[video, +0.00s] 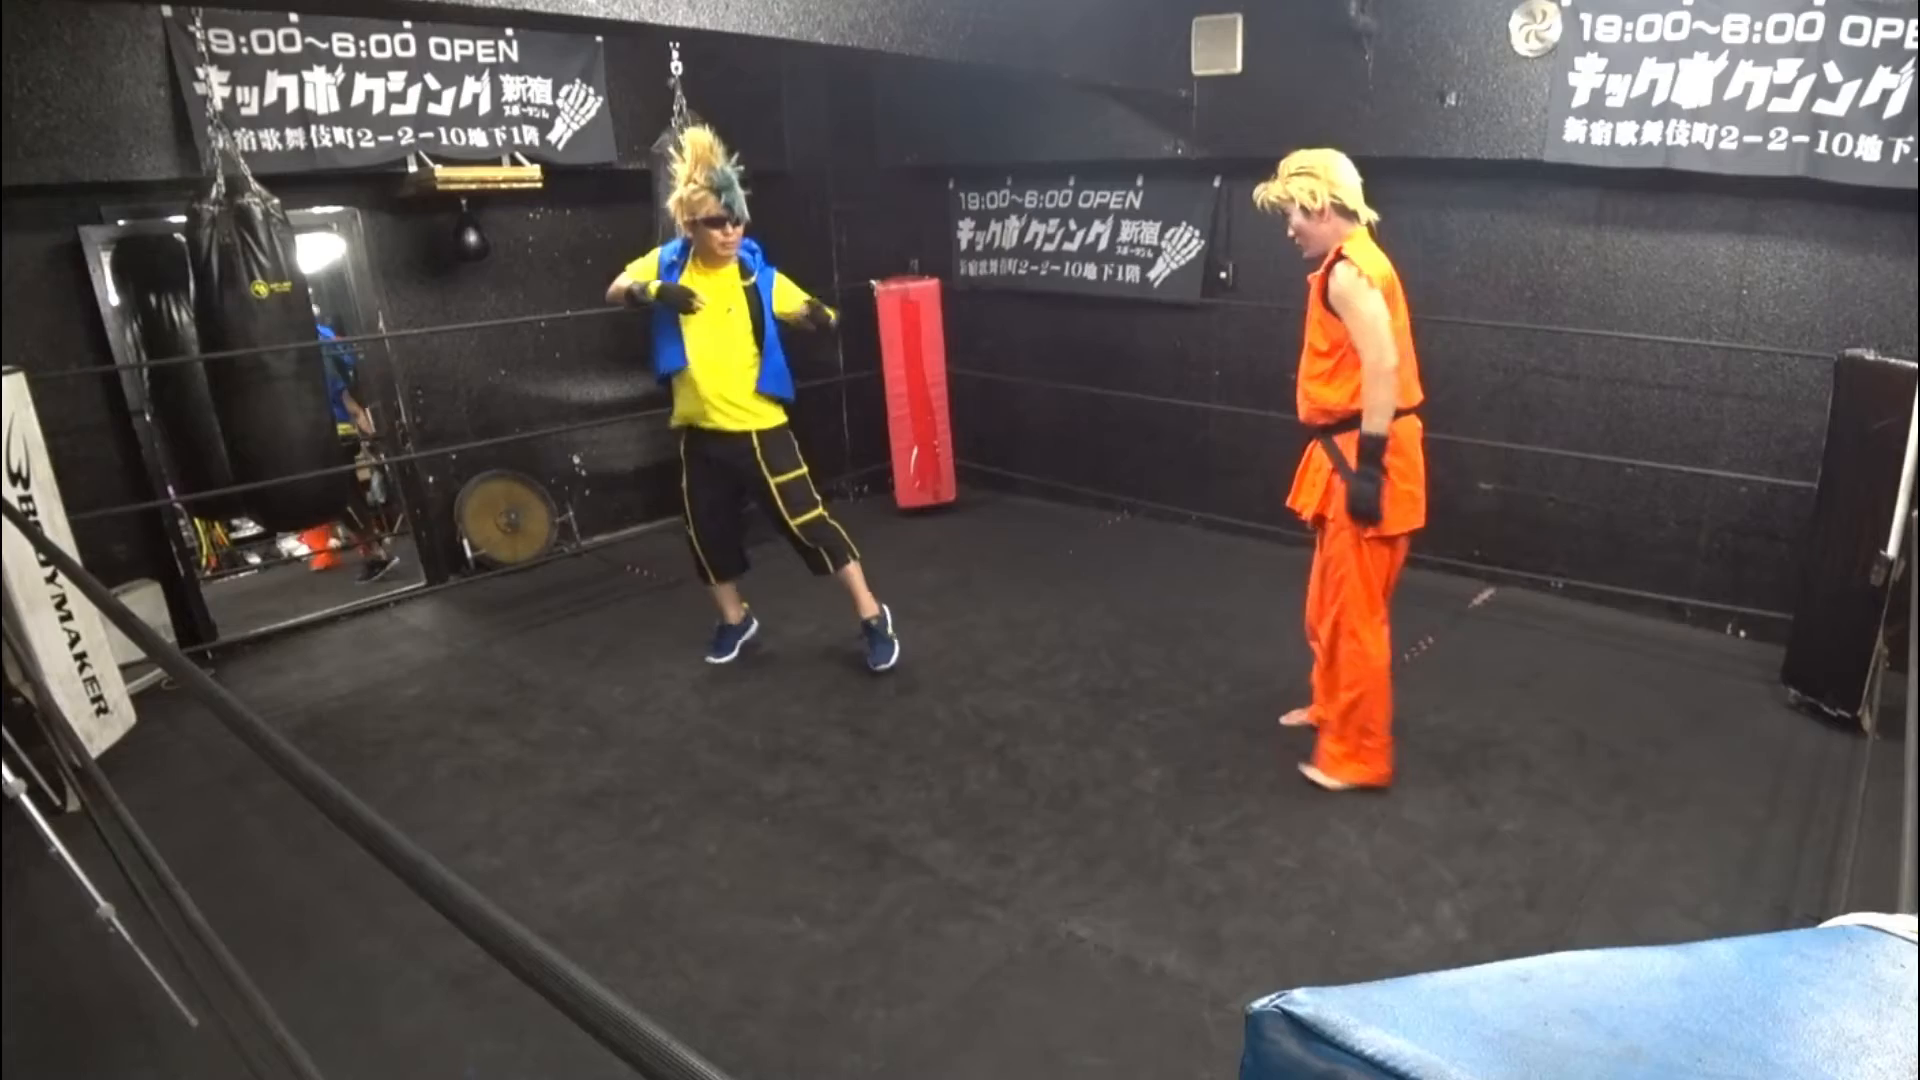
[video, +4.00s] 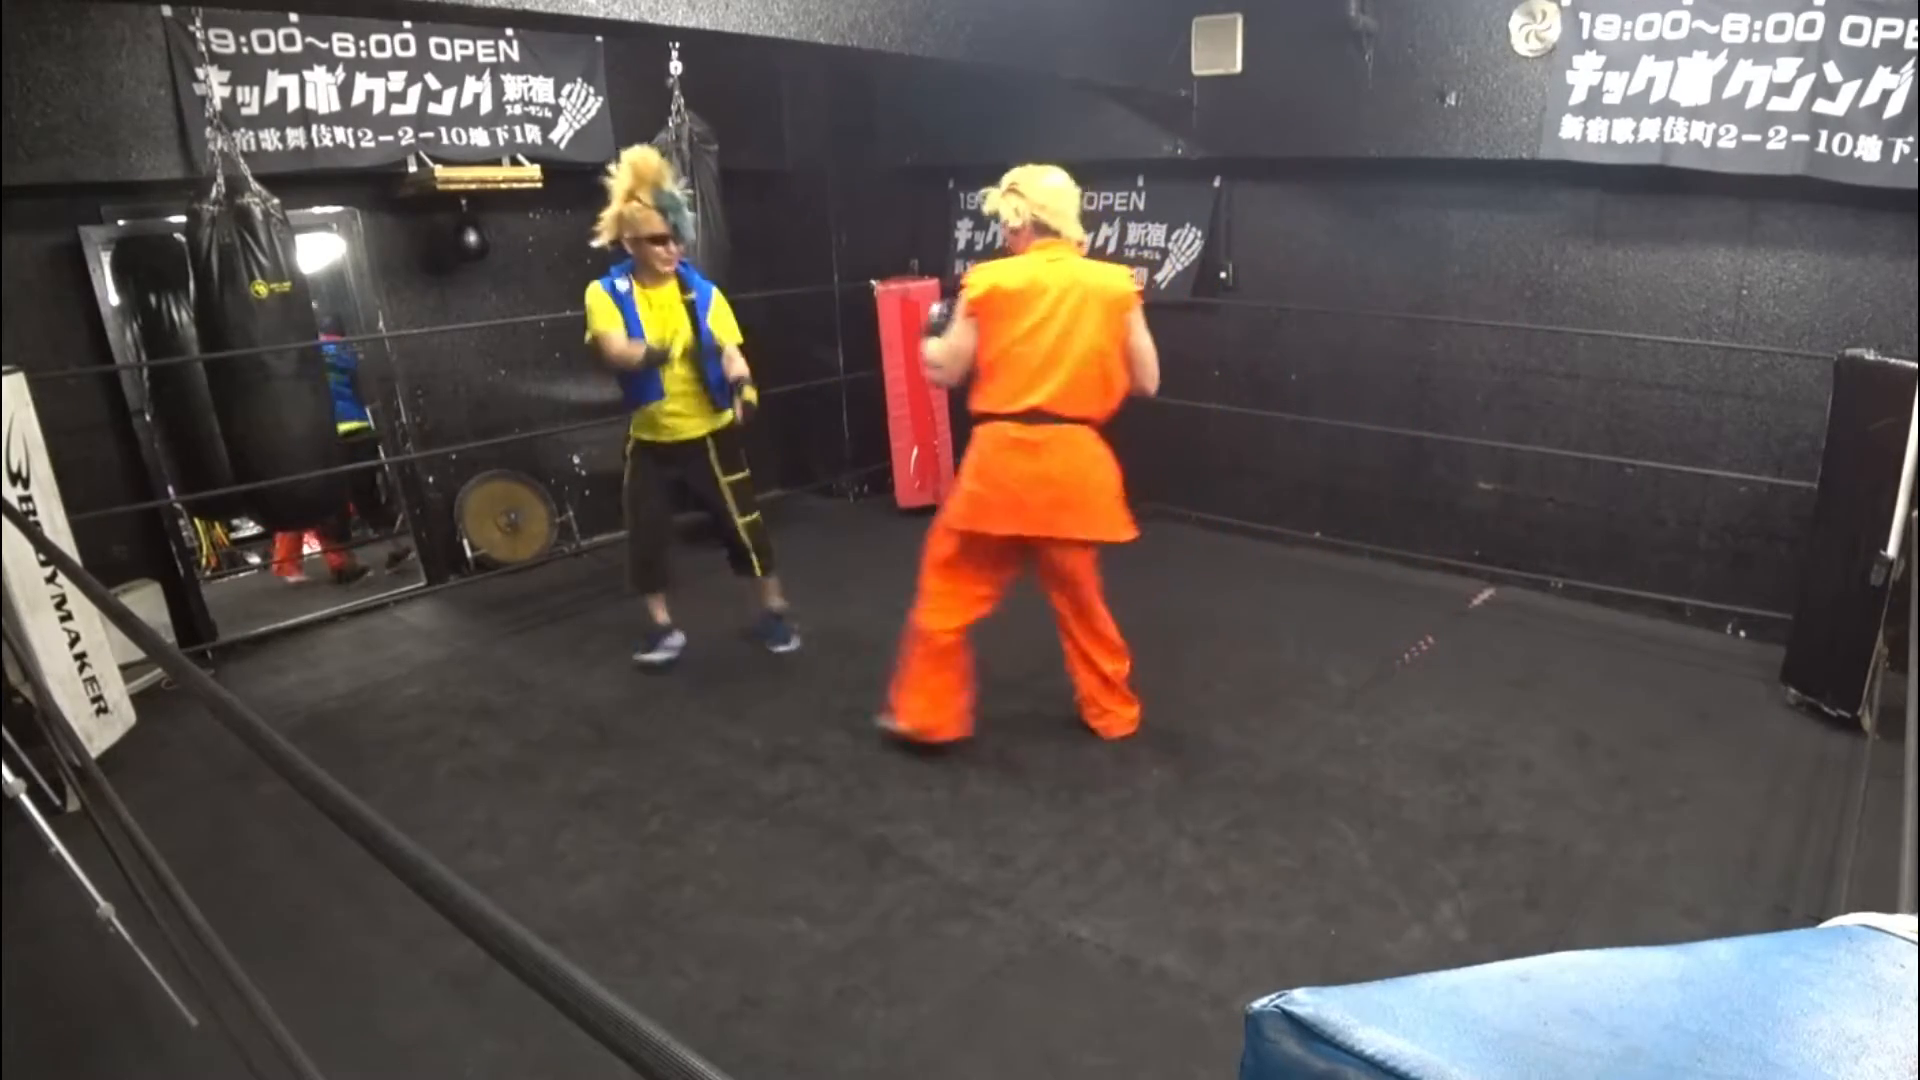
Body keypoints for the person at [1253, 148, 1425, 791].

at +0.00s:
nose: (1290, 232)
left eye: (1296, 218)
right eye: (1288, 220)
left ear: (1330, 212)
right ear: (1329, 212)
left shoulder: (1349, 273)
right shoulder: (1357, 263)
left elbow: (1380, 367)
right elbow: (1377, 364)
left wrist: (1369, 466)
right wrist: (1348, 457)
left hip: (1363, 458)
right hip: (1350, 452)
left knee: (1353, 614)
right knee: (1330, 601)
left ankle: (1360, 756)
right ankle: (1334, 703)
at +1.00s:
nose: (1263, 294)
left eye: (1266, 278)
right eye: (1257, 282)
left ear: (1298, 260)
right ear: (1289, 266)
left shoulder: (1398, 321)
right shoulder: (1285, 332)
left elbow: (1456, 399)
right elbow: (1246, 394)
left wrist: (1399, 421)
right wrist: (1205, 351)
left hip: (1358, 521)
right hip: (1287, 507)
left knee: (1358, 681)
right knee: (1238, 636)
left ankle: (1426, 814)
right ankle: (1249, 717)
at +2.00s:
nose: (1230, 283)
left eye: (1233, 268)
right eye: (1227, 270)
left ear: (1266, 260)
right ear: (1268, 261)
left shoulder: (1355, 331)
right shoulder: (1262, 325)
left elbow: (1329, 412)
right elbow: (1252, 398)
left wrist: (1264, 358)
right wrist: (1191, 383)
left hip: (1325, 519)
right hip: (1256, 508)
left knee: (1346, 654)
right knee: (1197, 627)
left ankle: (1417, 758)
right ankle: (1187, 703)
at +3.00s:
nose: (1082, 282)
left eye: (1087, 269)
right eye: (1081, 270)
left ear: (1115, 264)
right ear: (1121, 265)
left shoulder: (1180, 340)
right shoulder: (1107, 331)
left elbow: (1162, 437)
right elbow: (1088, 418)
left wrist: (1094, 400)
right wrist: (1022, 413)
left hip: (1158, 511)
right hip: (1097, 499)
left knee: (1155, 657)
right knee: (1047, 605)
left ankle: (1250, 746)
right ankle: (1041, 685)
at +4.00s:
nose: (1001, 233)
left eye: (1006, 222)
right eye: (1003, 221)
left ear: (1027, 223)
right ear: (1065, 223)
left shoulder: (990, 281)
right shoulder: (1114, 285)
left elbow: (947, 368)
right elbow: (1146, 379)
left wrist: (931, 339)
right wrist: (1088, 349)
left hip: (999, 459)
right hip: (1077, 459)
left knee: (948, 580)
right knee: (1079, 590)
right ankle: (1113, 711)